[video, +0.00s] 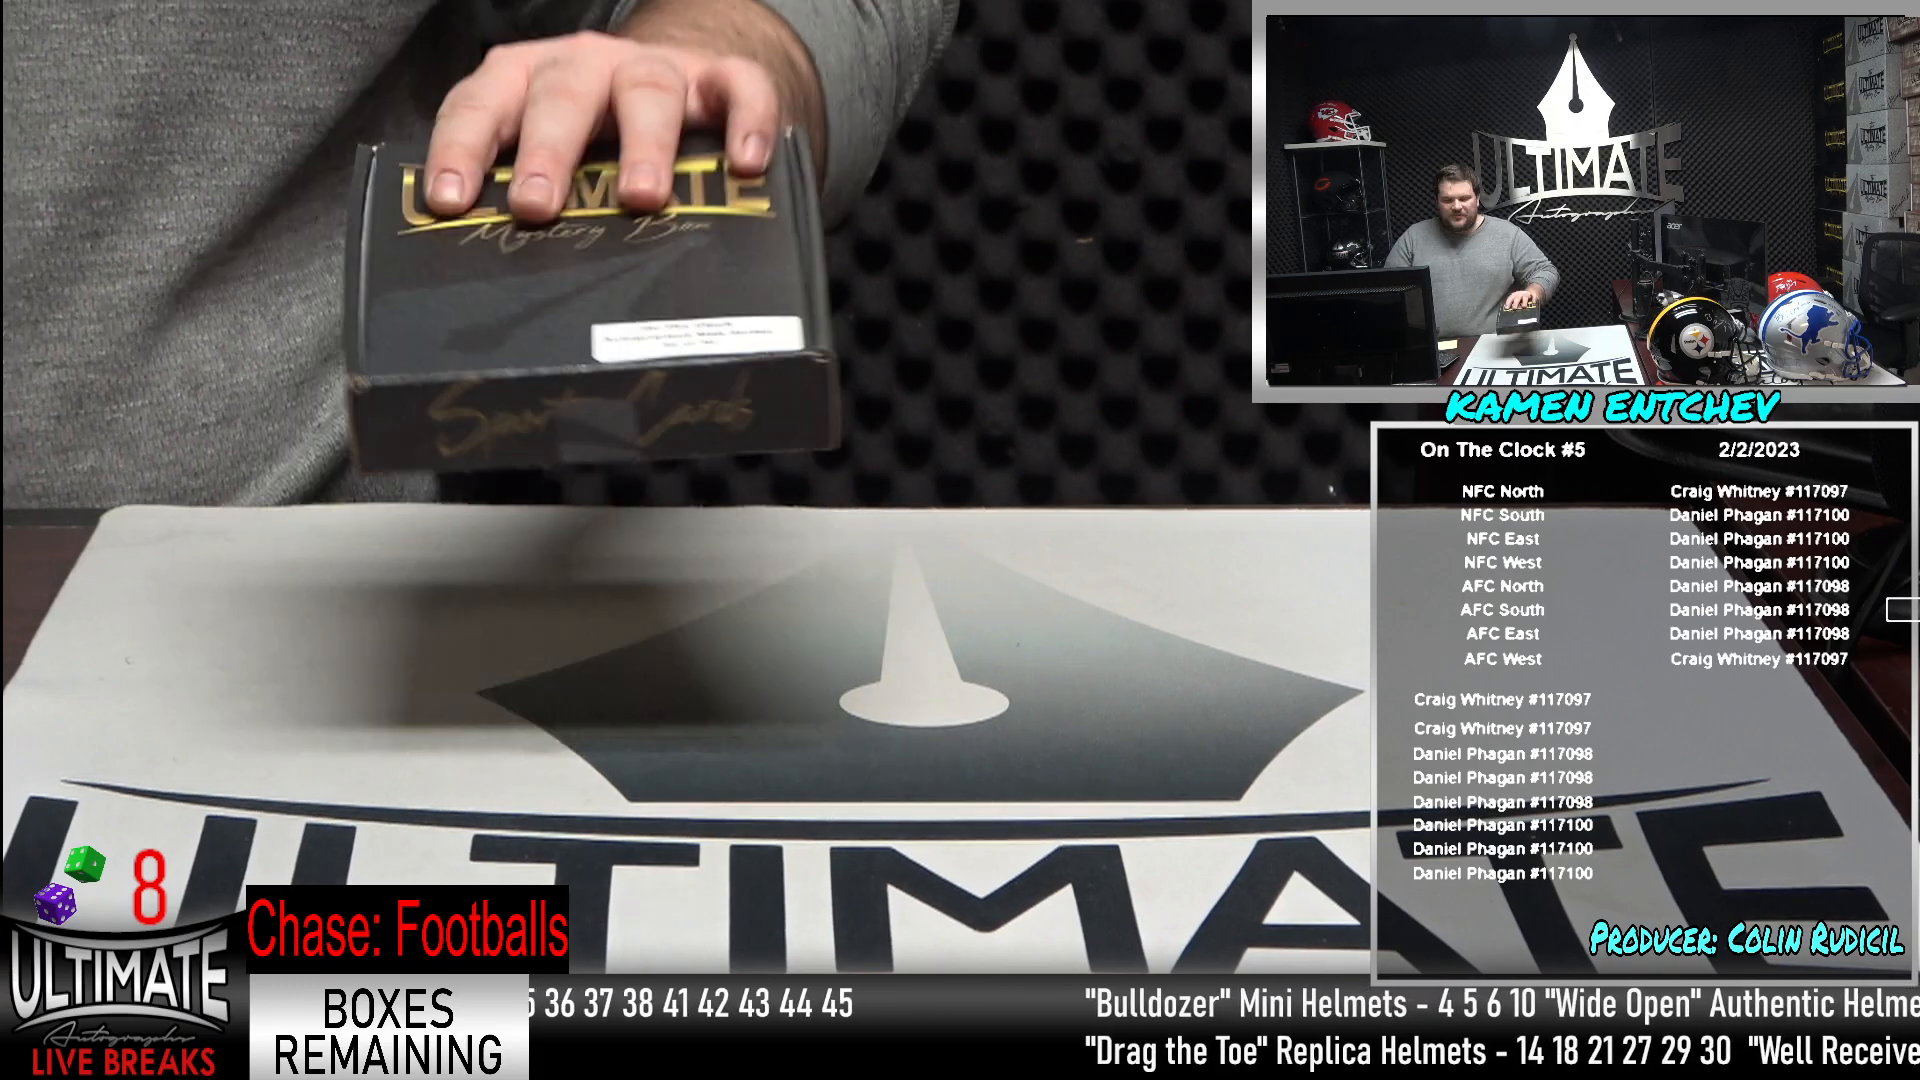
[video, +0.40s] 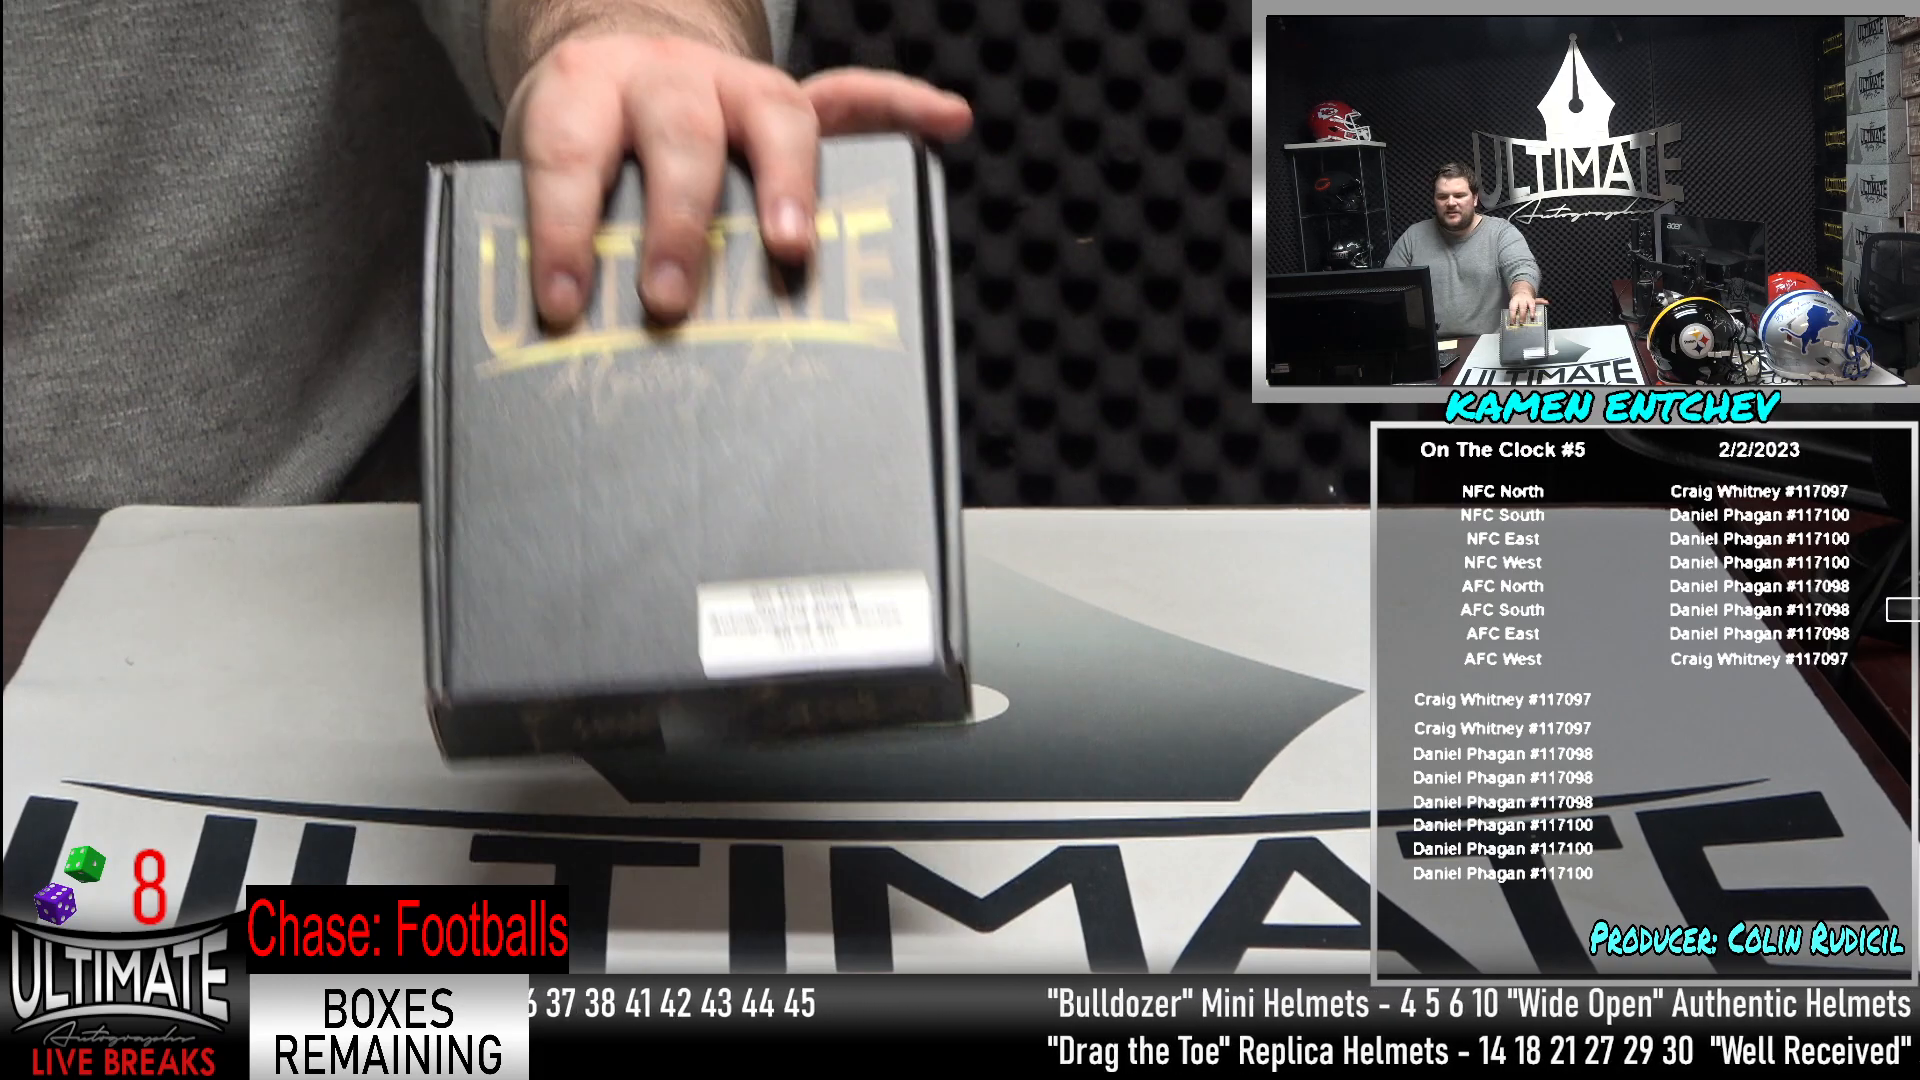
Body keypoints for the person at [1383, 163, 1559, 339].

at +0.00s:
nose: (1457, 207)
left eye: (1464, 198)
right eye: (1448, 200)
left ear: (1477, 199)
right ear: (1437, 201)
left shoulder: (1508, 235)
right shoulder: (1415, 237)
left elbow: (1544, 270)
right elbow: (1388, 287)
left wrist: (1533, 291)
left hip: (1496, 352)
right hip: (1432, 355)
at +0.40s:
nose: (1451, 203)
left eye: (1459, 195)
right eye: (1443, 197)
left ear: (1475, 198)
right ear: (1434, 200)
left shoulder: (1501, 232)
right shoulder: (1414, 237)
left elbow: (1522, 267)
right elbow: (1388, 284)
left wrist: (1522, 292)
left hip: (1489, 346)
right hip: (1428, 349)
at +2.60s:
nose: (1467, 208)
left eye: (1473, 199)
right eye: (1457, 201)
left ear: (1480, 198)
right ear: (1440, 202)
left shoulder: (1508, 234)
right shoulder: (1416, 238)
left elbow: (1538, 273)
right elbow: (1391, 289)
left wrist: (1528, 304)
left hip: (1501, 352)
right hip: (1436, 356)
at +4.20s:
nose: (1447, 210)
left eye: (1452, 201)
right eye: (1438, 206)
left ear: (1467, 196)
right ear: (1429, 208)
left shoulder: (1504, 230)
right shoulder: (1415, 239)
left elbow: (1535, 273)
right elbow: (1395, 287)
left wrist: (1508, 302)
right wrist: (1434, 298)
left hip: (1499, 346)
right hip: (1438, 351)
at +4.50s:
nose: (1449, 209)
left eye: (1454, 199)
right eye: (1439, 204)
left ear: (1468, 196)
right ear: (1430, 207)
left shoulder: (1503, 231)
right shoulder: (1415, 239)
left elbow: (1535, 272)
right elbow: (1392, 290)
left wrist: (1515, 297)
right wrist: (1425, 305)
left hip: (1499, 348)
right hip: (1437, 353)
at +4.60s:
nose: (1451, 209)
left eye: (1456, 200)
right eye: (1441, 204)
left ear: (1469, 196)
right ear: (1430, 207)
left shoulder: (1504, 231)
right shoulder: (1415, 239)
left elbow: (1537, 271)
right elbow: (1392, 286)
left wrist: (1525, 288)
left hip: (1497, 348)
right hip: (1435, 352)